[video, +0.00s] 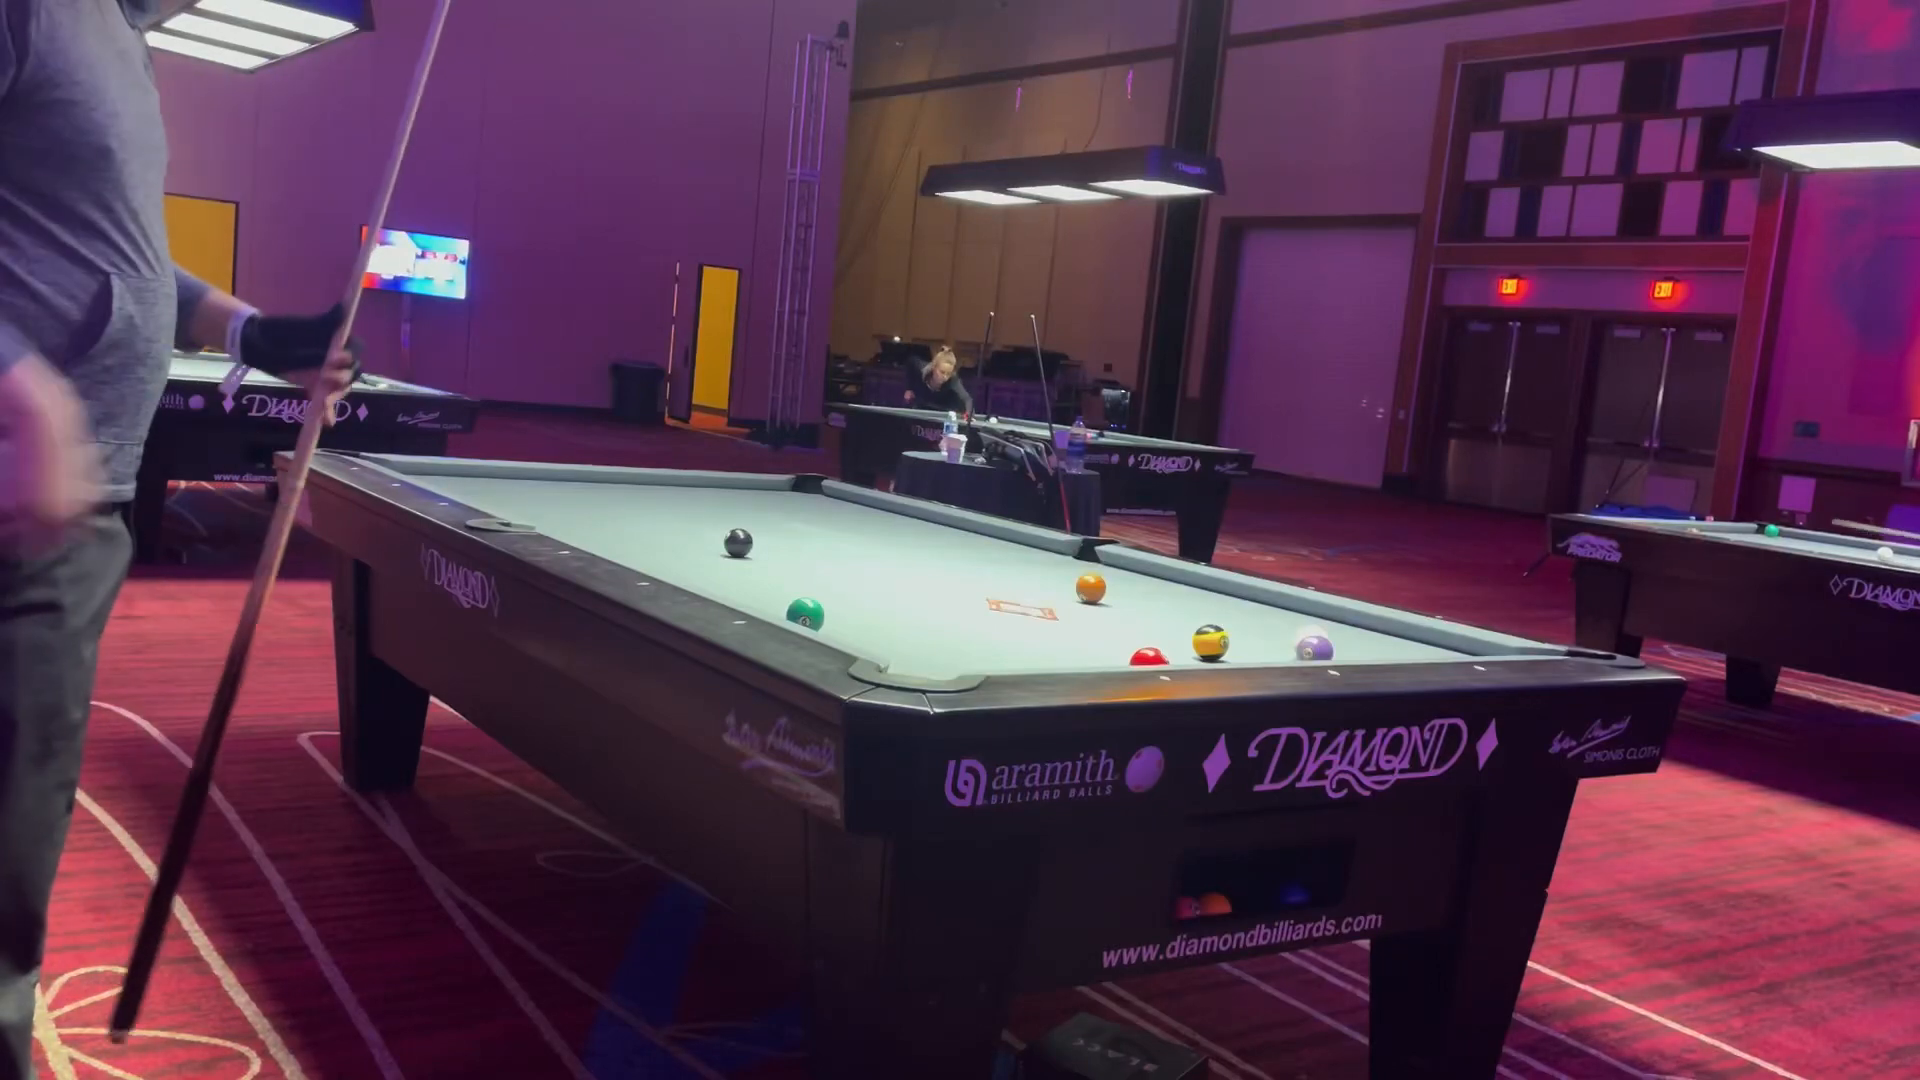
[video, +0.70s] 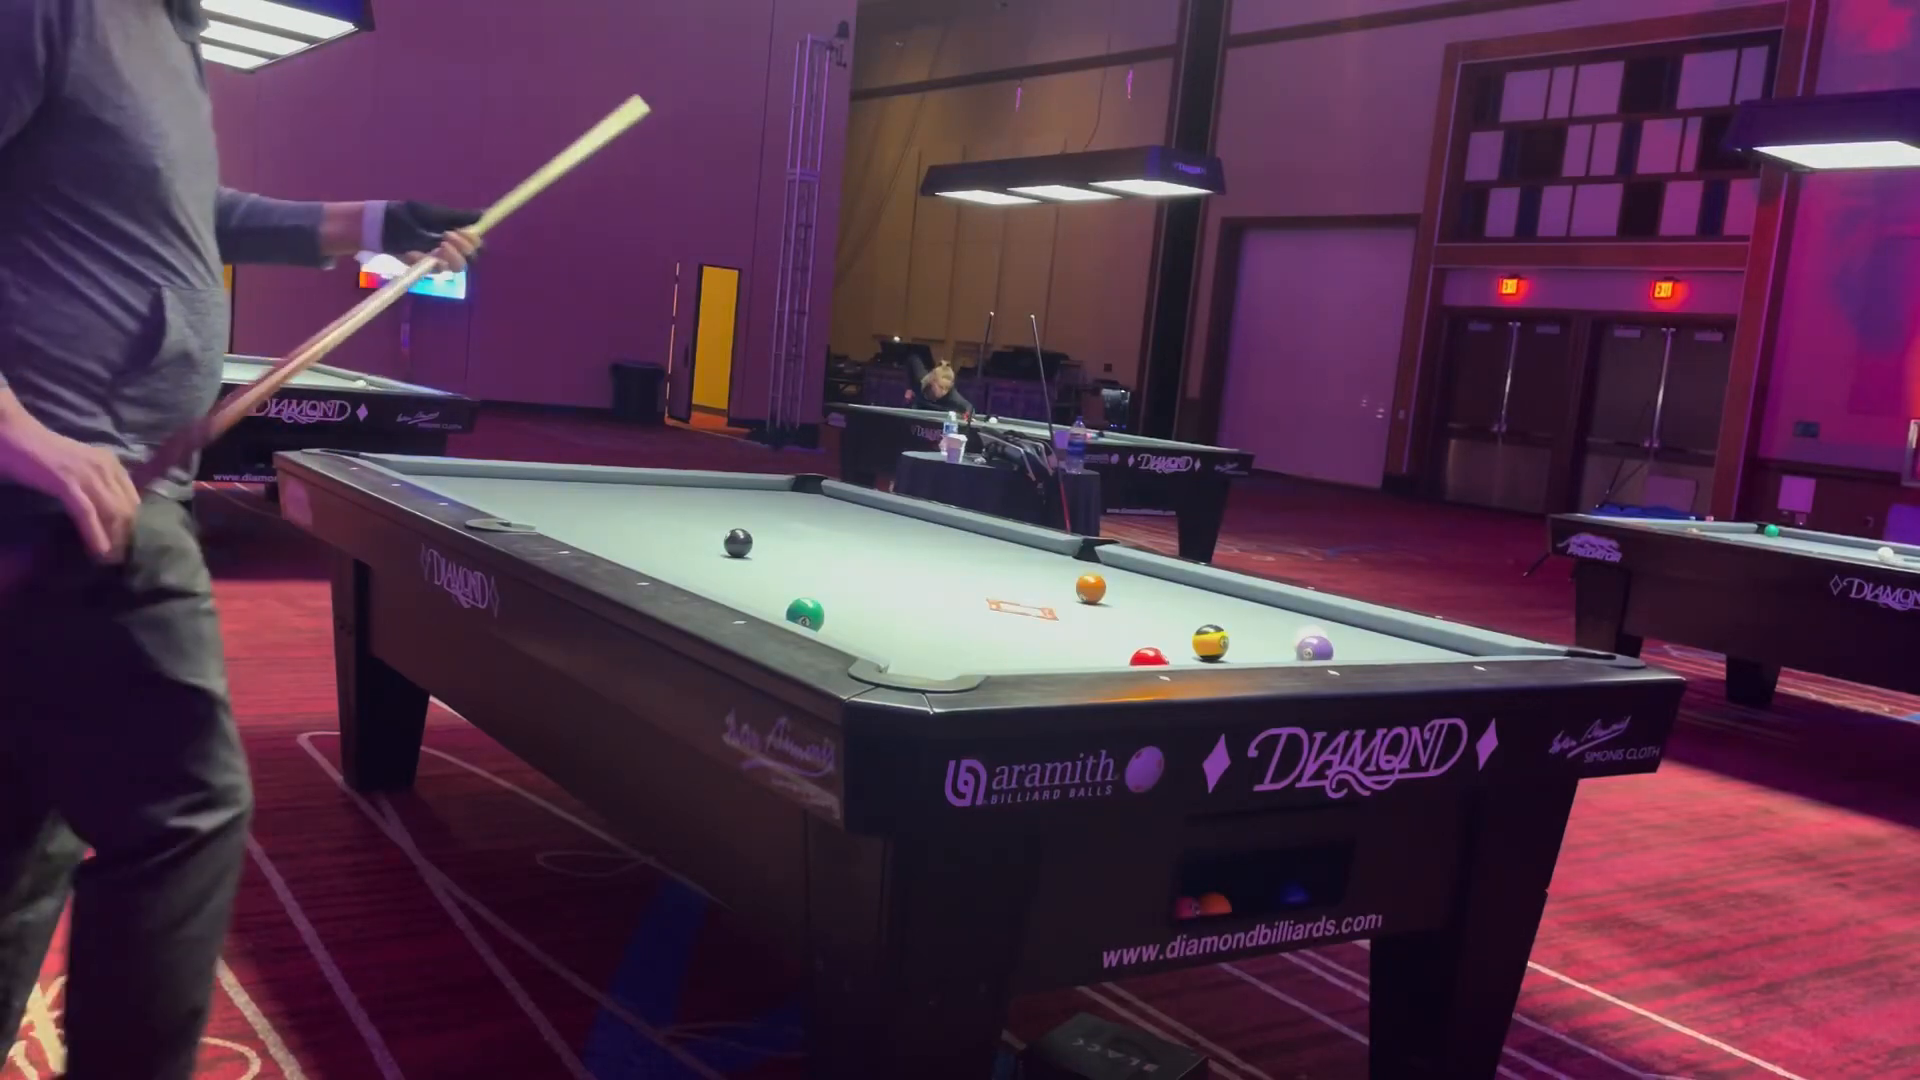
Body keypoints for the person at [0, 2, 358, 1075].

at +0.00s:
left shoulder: (116, 29)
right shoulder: (32, 20)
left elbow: (110, 248)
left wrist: (249, 331)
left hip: (80, 514)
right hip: (25, 524)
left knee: (33, 827)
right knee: (19, 844)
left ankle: (17, 1034)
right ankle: (13, 1040)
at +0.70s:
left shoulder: (162, 20)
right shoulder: (46, 13)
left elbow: (160, 211)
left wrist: (360, 229)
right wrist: (11, 423)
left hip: (115, 482)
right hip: (65, 488)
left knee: (30, 831)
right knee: (185, 817)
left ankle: (2, 1045)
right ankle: (129, 1066)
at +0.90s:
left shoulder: (248, 43)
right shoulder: (100, 20)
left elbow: (259, 214)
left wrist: (434, 234)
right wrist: (41, 413)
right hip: (133, 514)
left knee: (35, 850)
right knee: (233, 838)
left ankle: (6, 1046)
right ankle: (252, 1065)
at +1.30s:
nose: (576, 9)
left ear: (522, 4)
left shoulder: (492, 84)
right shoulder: (296, 33)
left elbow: (542, 209)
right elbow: (48, 142)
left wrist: (719, 242)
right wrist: (203, 354)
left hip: (382, 518)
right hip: (254, 518)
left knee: (444, 758)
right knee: (283, 857)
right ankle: (261, 1065)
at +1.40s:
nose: (639, 17)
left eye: (646, 5)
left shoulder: (550, 107)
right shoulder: (346, 43)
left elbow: (641, 236)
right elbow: (87, 133)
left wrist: (824, 284)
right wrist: (221, 343)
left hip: (416, 523)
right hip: (279, 520)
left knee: (470, 779)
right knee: (293, 863)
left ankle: (441, 1053)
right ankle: (262, 1071)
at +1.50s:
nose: (694, 39)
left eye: (701, 18)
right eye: (683, 5)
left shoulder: (616, 146)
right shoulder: (396, 61)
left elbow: (714, 265)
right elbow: (136, 134)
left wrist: (882, 314)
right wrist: (251, 339)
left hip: (450, 532)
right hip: (307, 522)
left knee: (502, 818)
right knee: (314, 859)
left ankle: (550, 1032)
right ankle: (264, 1069)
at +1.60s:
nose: (761, 80)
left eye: (771, 54)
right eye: (751, 45)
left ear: (682, 29)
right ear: (674, 13)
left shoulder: (683, 187)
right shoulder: (459, 91)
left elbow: (790, 303)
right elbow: (200, 127)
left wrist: (961, 380)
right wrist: (288, 333)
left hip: (490, 538)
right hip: (350, 525)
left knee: (535, 818)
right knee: (341, 861)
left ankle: (548, 1036)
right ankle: (276, 1062)